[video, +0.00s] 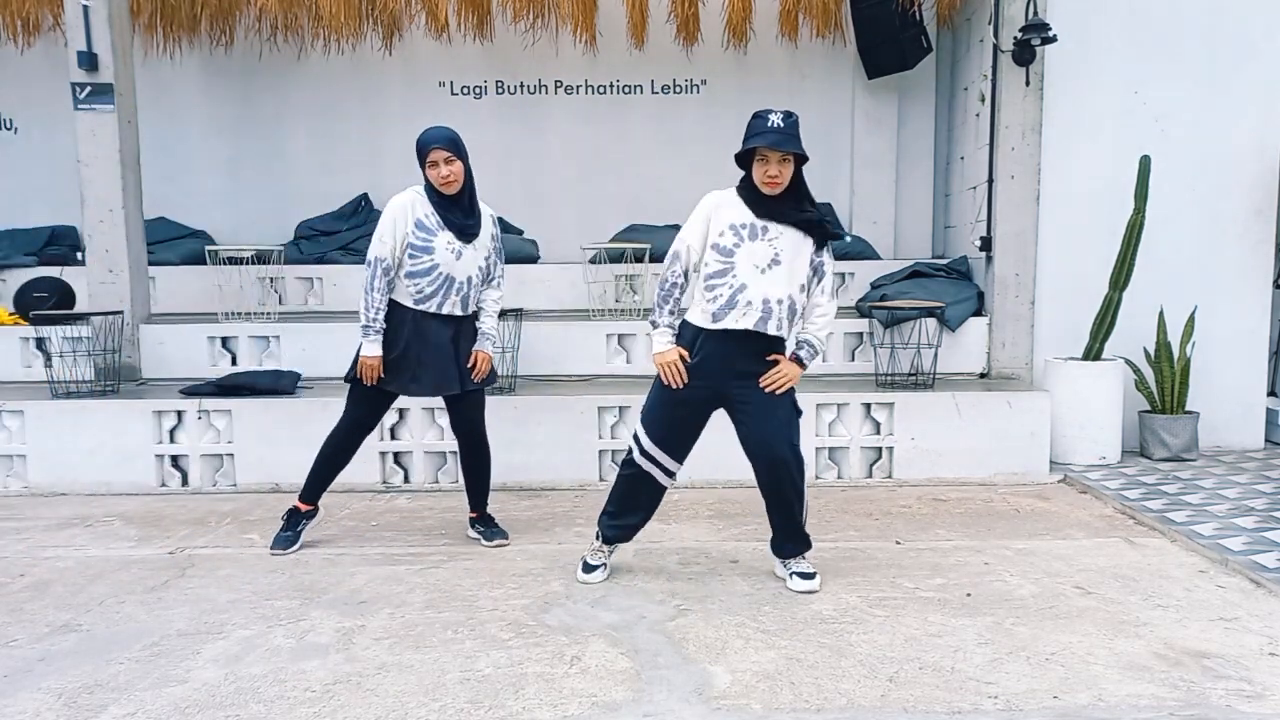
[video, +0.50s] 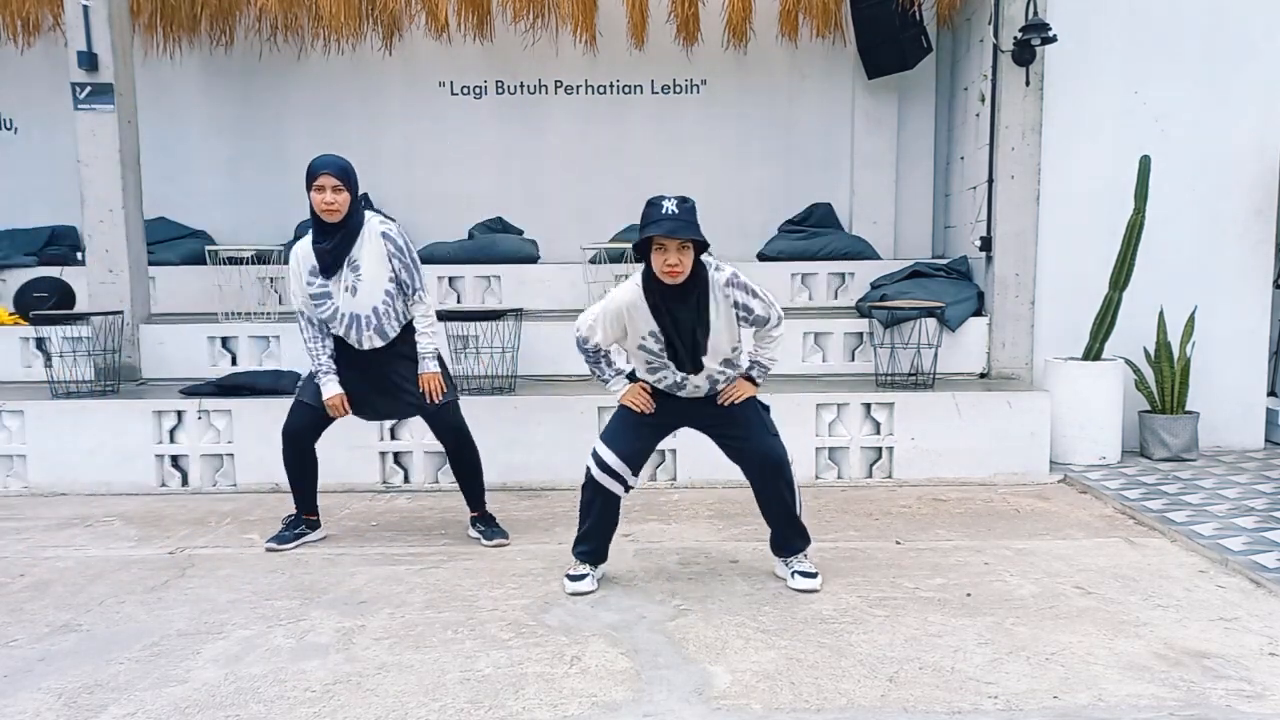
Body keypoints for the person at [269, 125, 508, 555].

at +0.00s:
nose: (444, 172)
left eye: (451, 161)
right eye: (434, 165)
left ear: (466, 162)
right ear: (423, 170)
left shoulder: (486, 219)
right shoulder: (405, 207)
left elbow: (493, 285)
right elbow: (377, 274)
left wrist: (486, 339)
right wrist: (371, 342)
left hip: (459, 335)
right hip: (404, 331)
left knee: (472, 430)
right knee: (354, 425)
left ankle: (480, 516)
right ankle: (302, 510)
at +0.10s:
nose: (434, 173)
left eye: (440, 162)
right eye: (423, 167)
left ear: (456, 161)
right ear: (414, 172)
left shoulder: (482, 217)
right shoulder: (399, 211)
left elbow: (489, 283)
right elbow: (373, 278)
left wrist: (481, 338)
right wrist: (369, 344)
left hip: (454, 332)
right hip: (396, 327)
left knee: (470, 426)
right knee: (344, 419)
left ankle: (480, 515)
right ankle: (298, 509)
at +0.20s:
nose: (414, 188)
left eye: (420, 177)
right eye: (403, 181)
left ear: (437, 177)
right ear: (396, 188)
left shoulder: (472, 228)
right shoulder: (384, 231)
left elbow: (481, 292)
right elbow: (364, 300)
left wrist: (472, 347)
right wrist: (364, 361)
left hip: (447, 337)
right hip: (387, 332)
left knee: (472, 420)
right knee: (335, 414)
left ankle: (480, 515)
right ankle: (303, 507)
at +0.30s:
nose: (386, 208)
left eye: (394, 199)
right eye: (376, 201)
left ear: (411, 200)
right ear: (369, 208)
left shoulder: (448, 244)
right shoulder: (361, 256)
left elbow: (468, 307)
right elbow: (353, 328)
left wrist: (461, 363)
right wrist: (359, 386)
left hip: (437, 349)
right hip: (378, 346)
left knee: (473, 418)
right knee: (325, 421)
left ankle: (481, 515)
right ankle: (306, 515)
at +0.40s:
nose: (355, 213)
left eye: (364, 204)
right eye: (346, 205)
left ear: (380, 207)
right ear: (337, 213)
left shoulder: (416, 248)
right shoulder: (330, 267)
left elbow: (447, 311)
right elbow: (334, 341)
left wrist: (447, 369)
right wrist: (347, 396)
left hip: (424, 360)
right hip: (363, 360)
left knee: (467, 425)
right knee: (307, 433)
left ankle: (481, 516)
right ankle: (307, 519)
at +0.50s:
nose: (329, 198)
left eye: (338, 189)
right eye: (320, 189)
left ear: (353, 193)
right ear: (309, 196)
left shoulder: (384, 233)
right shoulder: (301, 252)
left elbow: (419, 298)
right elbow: (309, 323)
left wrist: (428, 360)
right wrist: (327, 379)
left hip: (401, 351)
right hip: (343, 357)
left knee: (453, 427)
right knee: (295, 433)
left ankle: (480, 516)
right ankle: (307, 520)